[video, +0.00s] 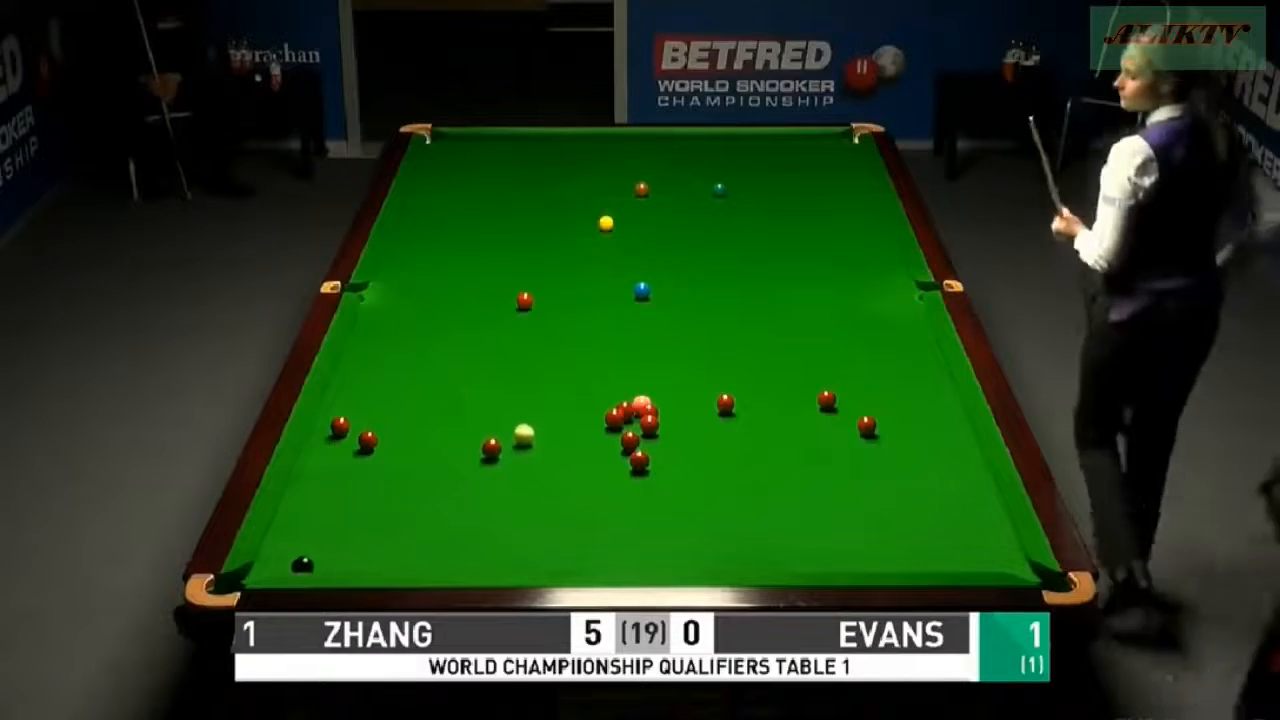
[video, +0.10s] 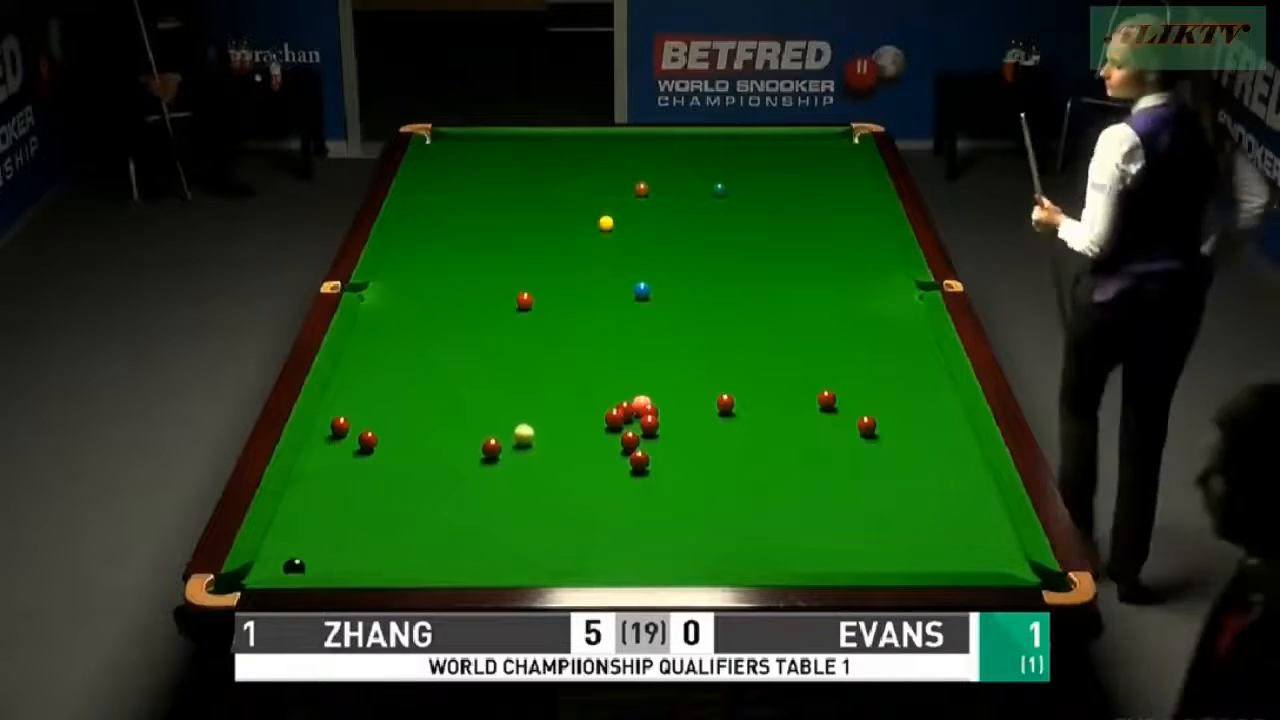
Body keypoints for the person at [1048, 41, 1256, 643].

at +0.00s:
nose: (1118, 83)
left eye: (1128, 75)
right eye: (1120, 72)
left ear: (1161, 83)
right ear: (1174, 82)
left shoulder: (1134, 153)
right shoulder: (1222, 138)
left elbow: (1104, 256)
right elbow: (1255, 220)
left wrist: (1074, 231)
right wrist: (1209, 261)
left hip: (1129, 316)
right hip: (1194, 312)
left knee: (1095, 432)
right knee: (1154, 439)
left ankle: (1124, 571)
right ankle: (1133, 574)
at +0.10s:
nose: (1105, 72)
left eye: (1114, 64)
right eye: (1107, 61)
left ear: (1144, 72)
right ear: (1163, 71)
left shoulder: (1119, 141)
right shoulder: (1210, 130)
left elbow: (1094, 240)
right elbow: (1255, 199)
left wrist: (1057, 221)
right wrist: (1204, 245)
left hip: (1112, 302)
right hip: (1176, 302)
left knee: (1079, 411)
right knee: (1146, 429)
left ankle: (1075, 552)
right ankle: (1127, 570)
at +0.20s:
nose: (1095, 70)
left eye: (1105, 62)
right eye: (1098, 59)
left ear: (1135, 69)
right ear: (1154, 69)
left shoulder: (1109, 137)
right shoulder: (1195, 123)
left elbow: (1087, 238)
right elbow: (1245, 189)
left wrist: (1045, 219)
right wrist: (1192, 232)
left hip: (1100, 297)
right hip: (1164, 298)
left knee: (1067, 415)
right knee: (1138, 438)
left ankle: (1038, 531)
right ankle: (1126, 573)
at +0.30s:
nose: (1074, 66)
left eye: (1082, 59)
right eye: (1076, 56)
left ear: (1113, 67)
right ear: (1126, 67)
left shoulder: (1091, 132)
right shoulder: (1169, 115)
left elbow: (1074, 231)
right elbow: (1220, 175)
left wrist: (1030, 213)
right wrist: (1186, 230)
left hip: (1083, 283)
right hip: (1147, 281)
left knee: (1053, 401)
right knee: (1126, 403)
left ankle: (1022, 490)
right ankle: (1120, 502)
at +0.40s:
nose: (1060, 57)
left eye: (1069, 50)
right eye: (1062, 47)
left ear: (1099, 55)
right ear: (1113, 56)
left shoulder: (1076, 123)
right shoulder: (1154, 106)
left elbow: (1061, 221)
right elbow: (1199, 169)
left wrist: (1019, 203)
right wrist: (1167, 229)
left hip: (1074, 269)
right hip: (1134, 266)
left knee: (1049, 384)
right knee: (1116, 387)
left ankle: (1056, 481)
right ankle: (1113, 479)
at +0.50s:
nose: (1042, 41)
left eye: (1053, 35)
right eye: (1045, 31)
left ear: (1085, 41)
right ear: (1094, 39)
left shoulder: (1059, 105)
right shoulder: (1136, 93)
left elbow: (1038, 200)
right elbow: (1170, 165)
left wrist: (1005, 180)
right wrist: (1134, 210)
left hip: (1055, 255)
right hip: (1113, 252)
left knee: (1039, 368)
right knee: (1087, 362)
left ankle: (1048, 488)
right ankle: (1099, 481)